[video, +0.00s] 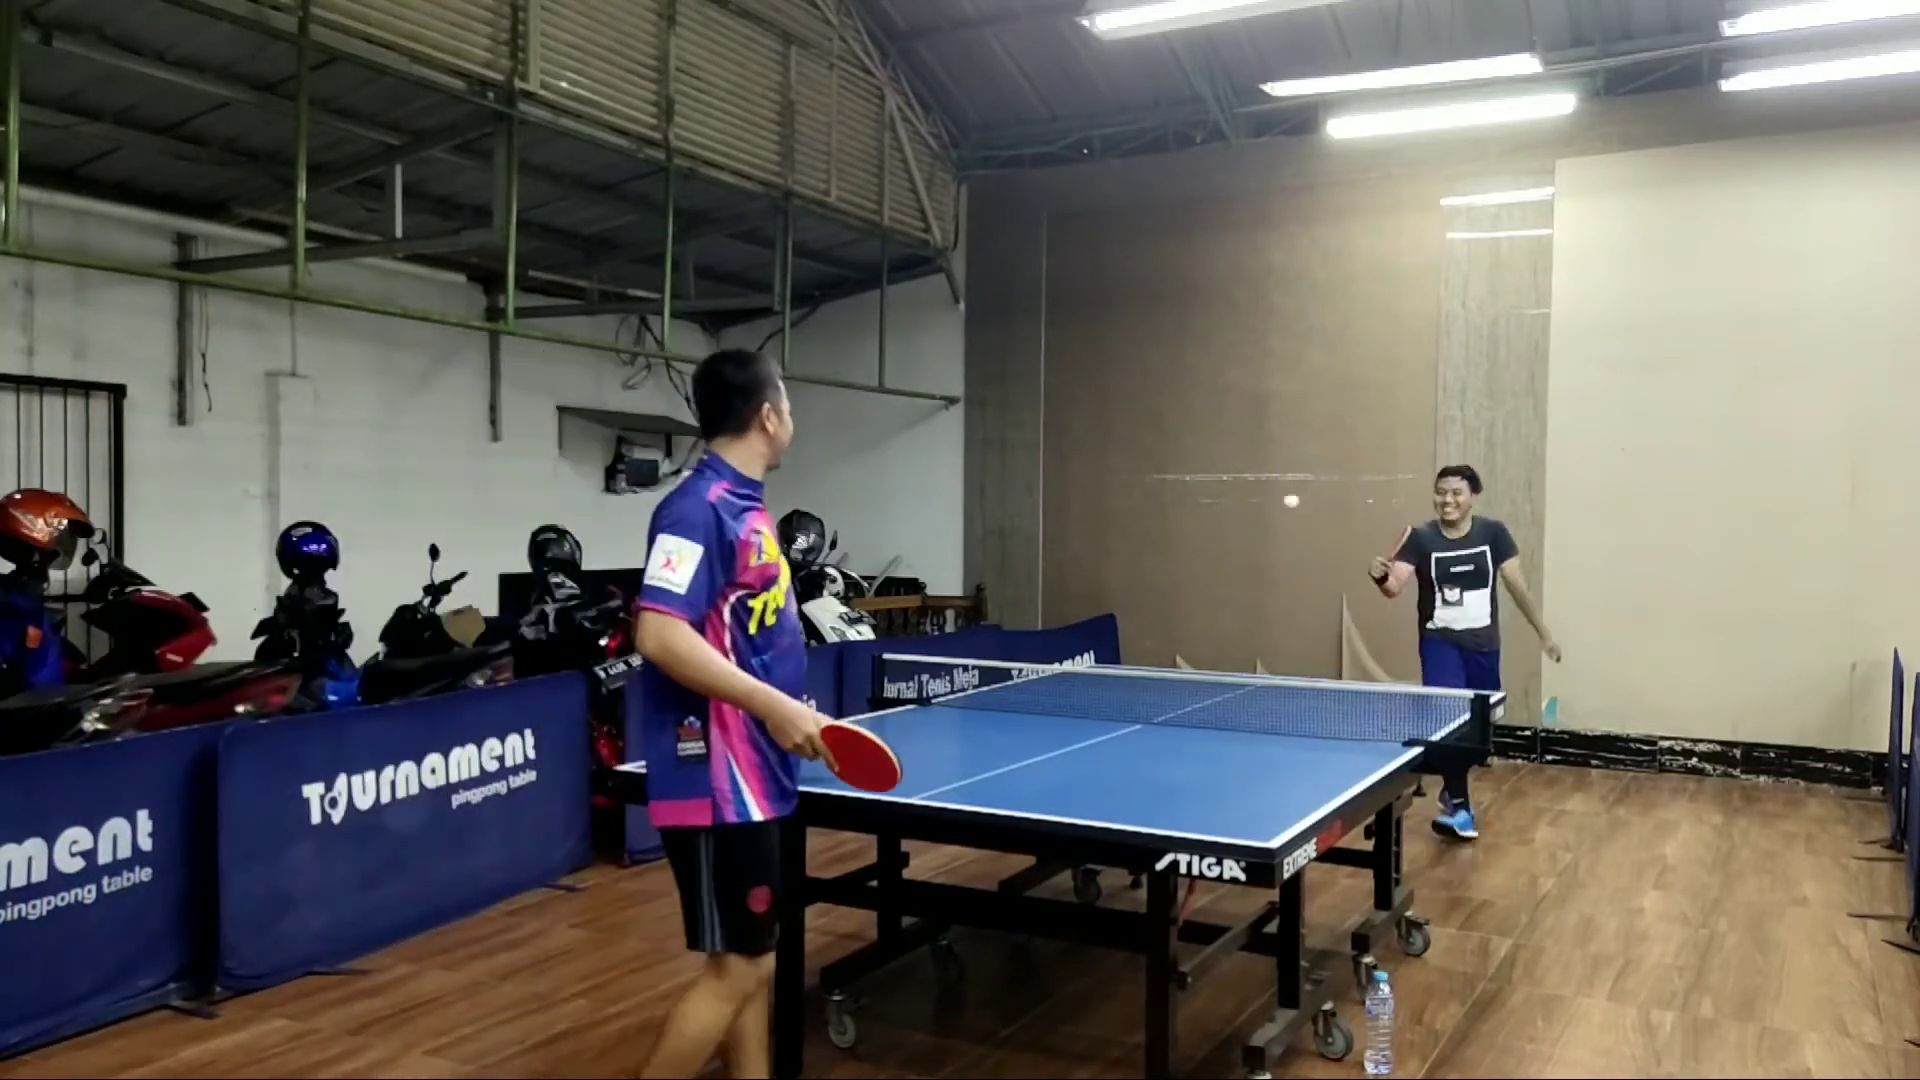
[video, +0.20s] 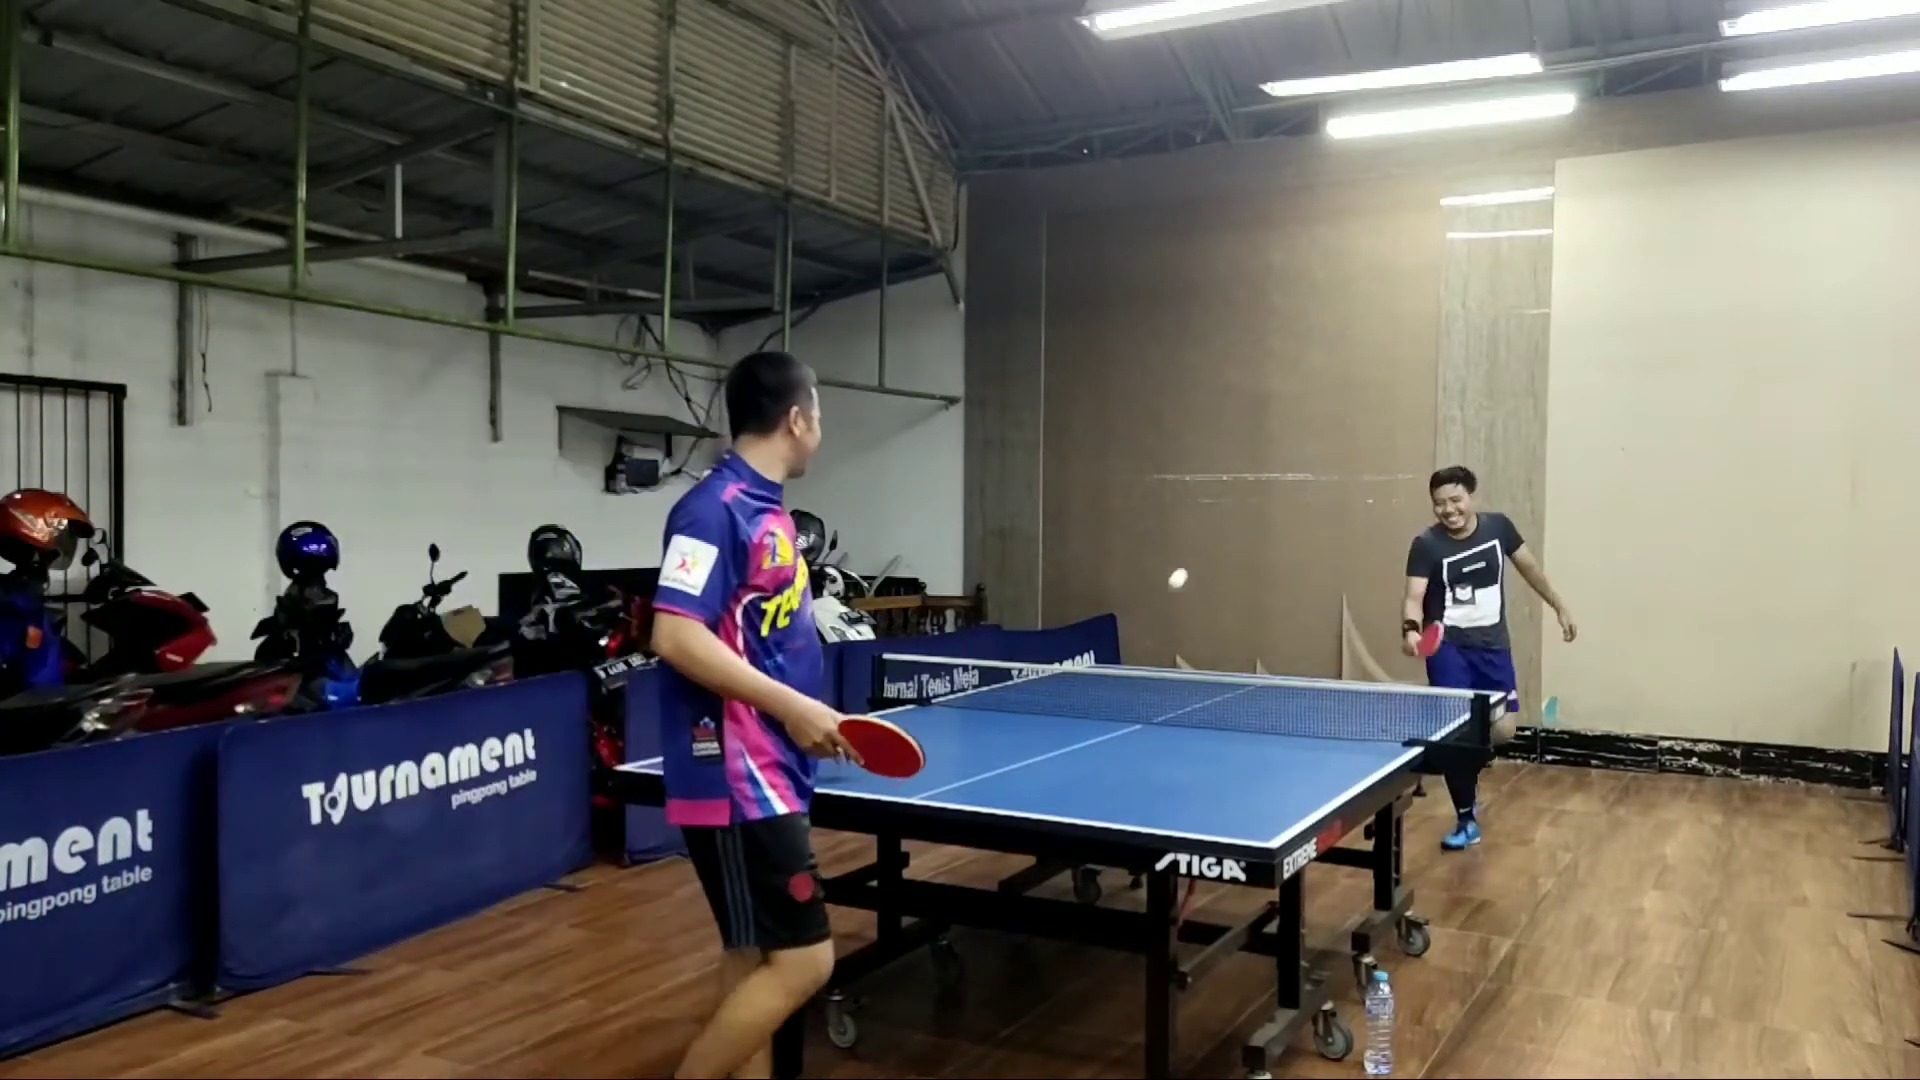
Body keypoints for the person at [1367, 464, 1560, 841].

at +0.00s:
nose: (1449, 500)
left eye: (1457, 493)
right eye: (1442, 492)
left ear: (1473, 498)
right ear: (1434, 496)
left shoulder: (1492, 533)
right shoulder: (1421, 538)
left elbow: (1517, 586)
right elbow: (1393, 589)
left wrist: (1545, 636)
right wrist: (1382, 576)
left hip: (1482, 645)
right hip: (1440, 644)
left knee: (1477, 724)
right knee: (1450, 719)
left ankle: (1450, 795)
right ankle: (1458, 805)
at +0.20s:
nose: (1448, 509)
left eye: (1455, 500)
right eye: (1440, 502)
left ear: (1470, 497)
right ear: (1433, 505)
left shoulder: (1498, 528)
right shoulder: (1427, 545)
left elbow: (1530, 569)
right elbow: (1414, 597)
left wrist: (1561, 608)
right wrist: (1411, 628)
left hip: (1493, 647)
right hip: (1447, 649)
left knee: (1501, 730)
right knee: (1454, 731)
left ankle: (1465, 786)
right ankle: (1465, 821)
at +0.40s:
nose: (1464, 499)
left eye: (1472, 490)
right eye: (1456, 491)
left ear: (1489, 490)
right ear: (1448, 492)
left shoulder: (1507, 522)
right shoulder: (1433, 538)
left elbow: (1524, 576)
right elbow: (1430, 598)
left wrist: (1541, 631)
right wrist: (1439, 651)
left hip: (1501, 638)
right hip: (1453, 643)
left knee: (1515, 718)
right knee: (1454, 729)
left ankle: (1499, 810)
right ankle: (1465, 819)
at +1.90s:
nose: (1442, 490)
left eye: (1452, 482)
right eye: (1438, 482)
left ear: (1478, 488)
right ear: (1433, 486)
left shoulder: (1504, 532)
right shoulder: (1429, 531)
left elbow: (1539, 593)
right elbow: (1420, 584)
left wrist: (1498, 647)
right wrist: (1412, 626)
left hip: (1496, 665)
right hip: (1442, 660)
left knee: (1501, 758)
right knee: (1429, 754)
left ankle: (1513, 866)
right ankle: (1439, 850)